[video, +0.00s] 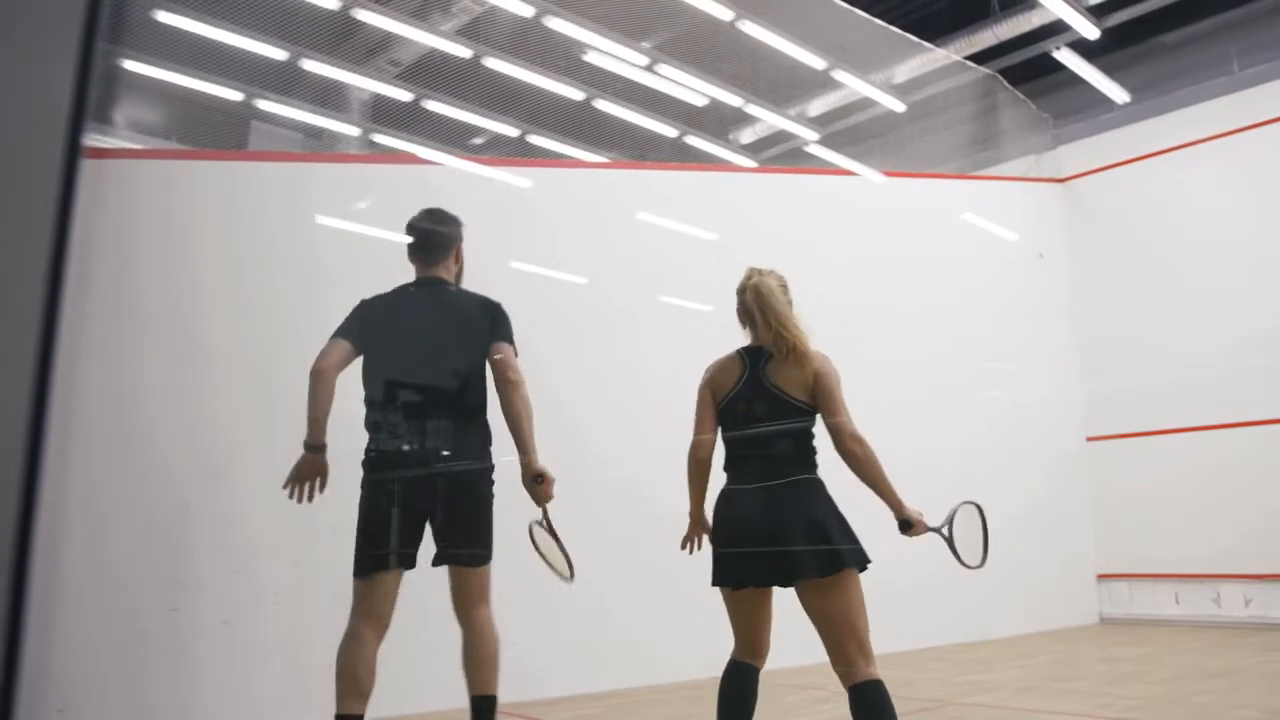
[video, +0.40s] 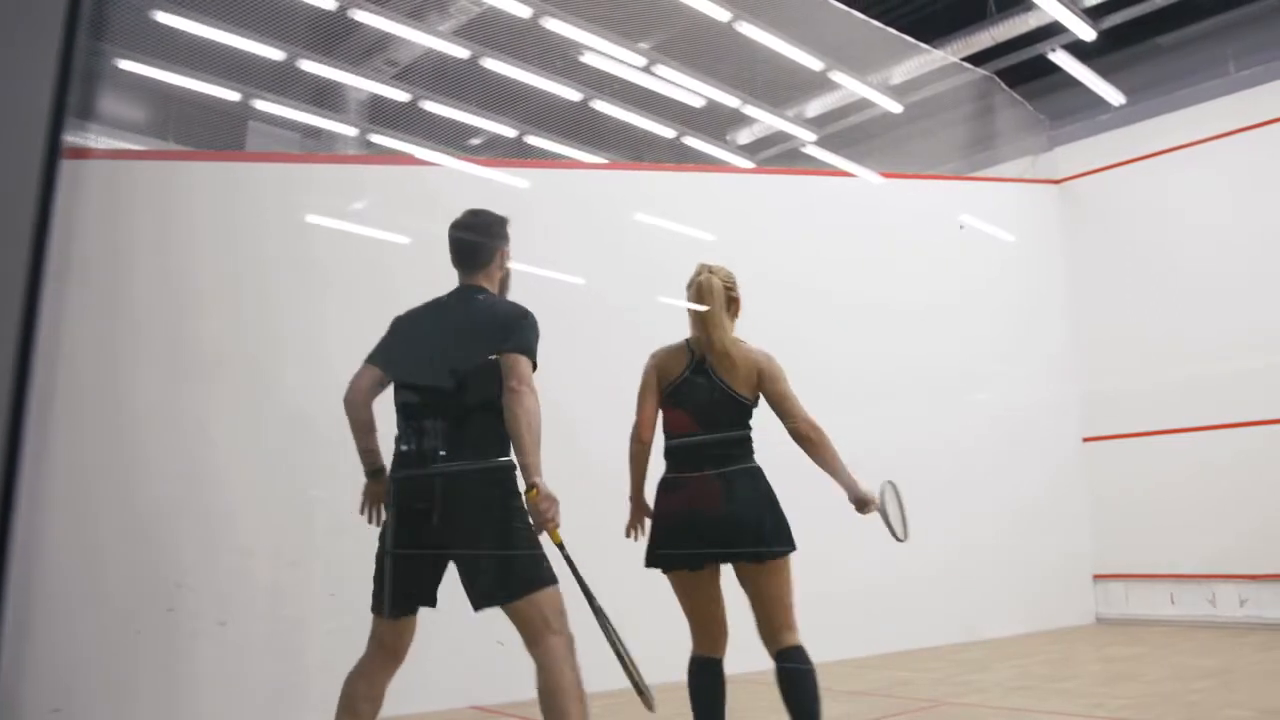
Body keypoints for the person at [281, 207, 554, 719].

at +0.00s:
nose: (463, 260)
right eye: (462, 252)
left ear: (410, 256)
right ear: (457, 255)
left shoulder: (375, 309)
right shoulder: (484, 310)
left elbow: (324, 368)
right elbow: (507, 372)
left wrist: (314, 447)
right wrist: (530, 461)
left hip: (390, 477)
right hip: (465, 479)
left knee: (368, 620)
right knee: (475, 610)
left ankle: (347, 719)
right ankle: (484, 716)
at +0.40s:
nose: (511, 259)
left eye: (508, 251)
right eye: (510, 251)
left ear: (454, 259)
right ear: (502, 257)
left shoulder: (410, 322)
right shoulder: (511, 318)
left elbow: (358, 395)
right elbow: (516, 387)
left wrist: (374, 472)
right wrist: (535, 481)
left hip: (412, 501)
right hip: (484, 498)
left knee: (383, 649)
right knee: (551, 639)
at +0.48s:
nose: (523, 268)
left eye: (520, 259)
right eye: (522, 259)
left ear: (467, 264)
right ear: (514, 262)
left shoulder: (422, 329)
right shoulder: (521, 323)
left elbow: (370, 404)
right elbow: (526, 395)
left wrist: (392, 479)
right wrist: (544, 487)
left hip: (419, 508)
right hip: (490, 506)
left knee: (391, 659)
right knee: (561, 649)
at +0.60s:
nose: (546, 267)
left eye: (543, 258)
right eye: (545, 259)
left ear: (491, 264)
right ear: (539, 261)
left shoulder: (449, 331)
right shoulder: (544, 323)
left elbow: (398, 412)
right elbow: (547, 397)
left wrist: (421, 493)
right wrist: (564, 487)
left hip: (442, 515)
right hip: (512, 513)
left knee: (413, 659)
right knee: (575, 656)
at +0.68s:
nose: (565, 261)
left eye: (562, 252)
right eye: (563, 252)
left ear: (508, 260)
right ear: (558, 255)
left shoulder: (468, 328)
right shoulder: (563, 317)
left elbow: (419, 414)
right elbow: (565, 394)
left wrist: (438, 486)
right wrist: (583, 487)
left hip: (462, 513)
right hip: (534, 513)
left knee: (424, 658)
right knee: (587, 664)